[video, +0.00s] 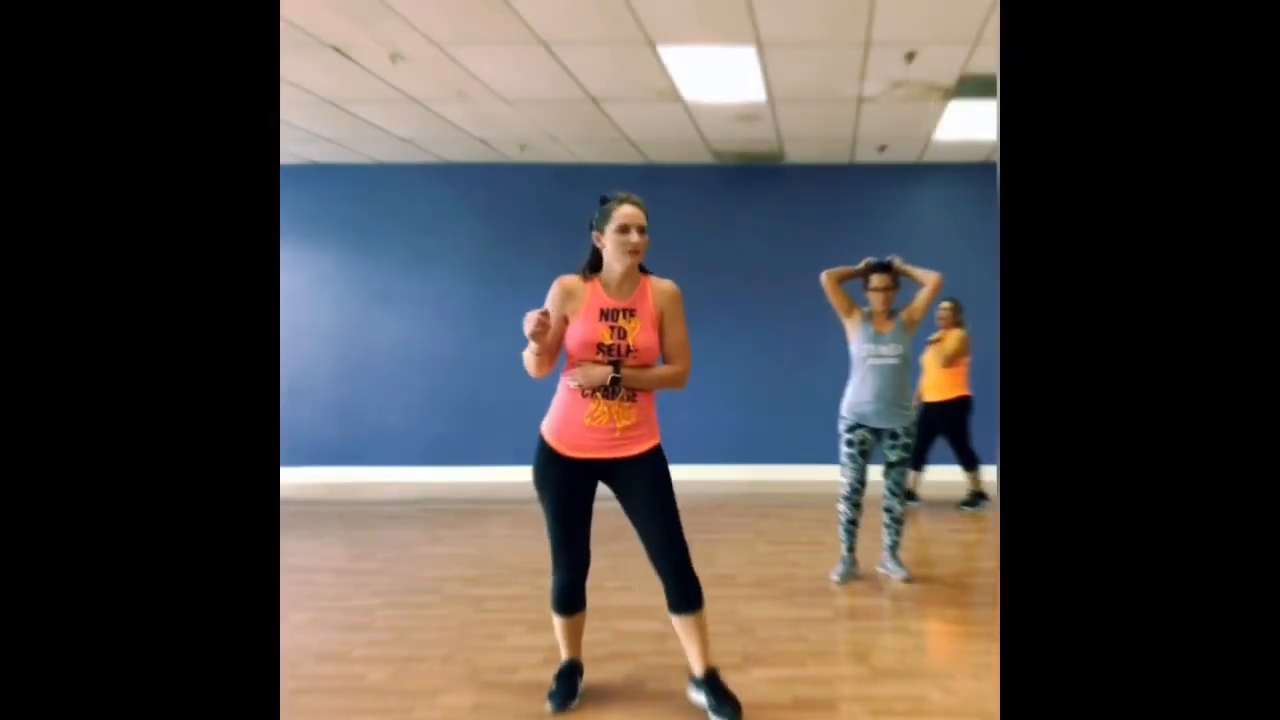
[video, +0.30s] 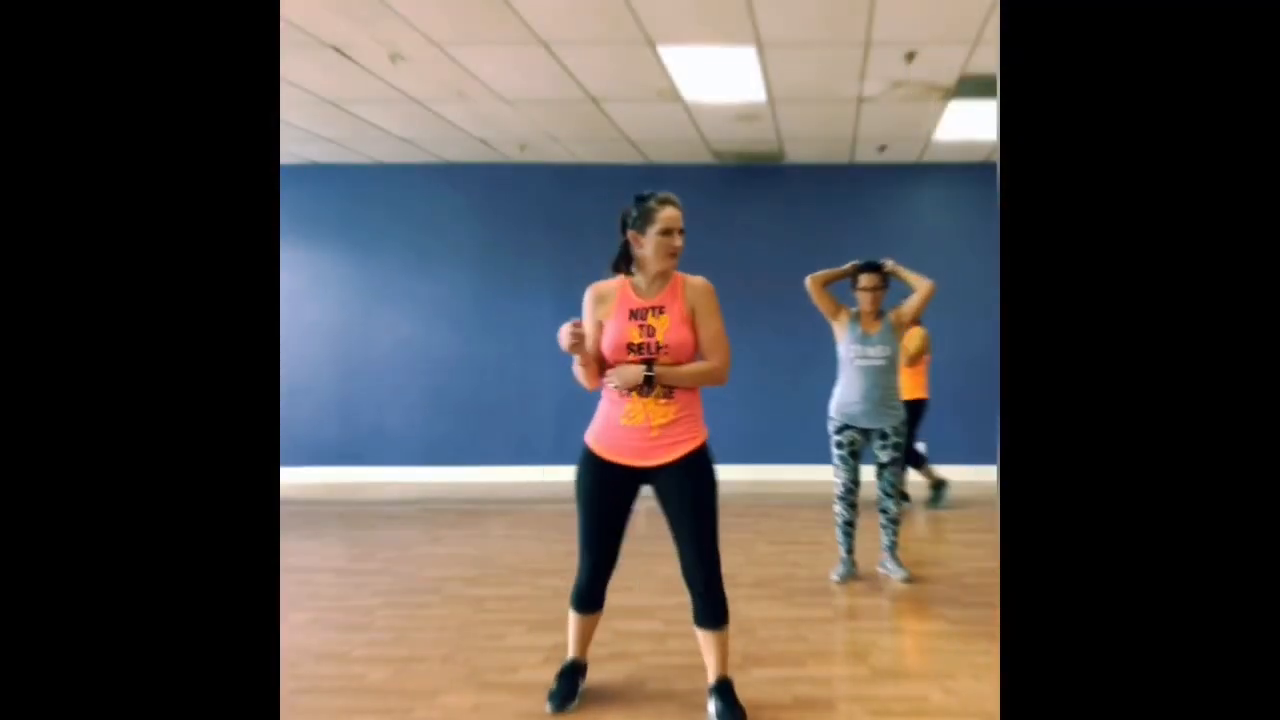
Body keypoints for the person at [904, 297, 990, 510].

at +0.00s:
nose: (942, 314)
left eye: (947, 311)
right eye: (940, 310)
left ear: (957, 315)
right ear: (937, 314)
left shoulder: (959, 335)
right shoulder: (935, 338)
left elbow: (945, 360)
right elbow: (927, 373)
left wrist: (935, 343)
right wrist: (918, 397)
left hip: (954, 397)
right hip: (932, 399)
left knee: (961, 445)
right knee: (919, 444)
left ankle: (976, 489)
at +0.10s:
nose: (928, 316)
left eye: (933, 312)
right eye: (926, 312)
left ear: (942, 315)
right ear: (922, 315)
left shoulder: (943, 335)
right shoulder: (922, 338)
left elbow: (933, 362)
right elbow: (912, 368)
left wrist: (920, 346)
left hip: (938, 398)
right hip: (916, 399)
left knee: (948, 446)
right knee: (904, 447)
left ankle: (973, 488)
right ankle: (897, 491)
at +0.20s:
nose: (913, 316)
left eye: (917, 312)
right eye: (912, 312)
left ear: (926, 314)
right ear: (911, 315)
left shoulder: (930, 334)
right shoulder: (911, 335)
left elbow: (921, 361)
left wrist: (908, 343)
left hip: (924, 398)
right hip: (907, 398)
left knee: (925, 445)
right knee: (898, 447)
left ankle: (959, 481)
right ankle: (897, 490)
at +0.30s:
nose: (902, 315)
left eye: (906, 310)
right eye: (902, 311)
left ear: (913, 314)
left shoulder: (918, 333)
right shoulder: (904, 334)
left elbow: (909, 359)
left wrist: (897, 339)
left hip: (913, 396)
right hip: (901, 395)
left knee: (904, 447)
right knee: (898, 447)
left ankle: (935, 481)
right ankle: (897, 490)